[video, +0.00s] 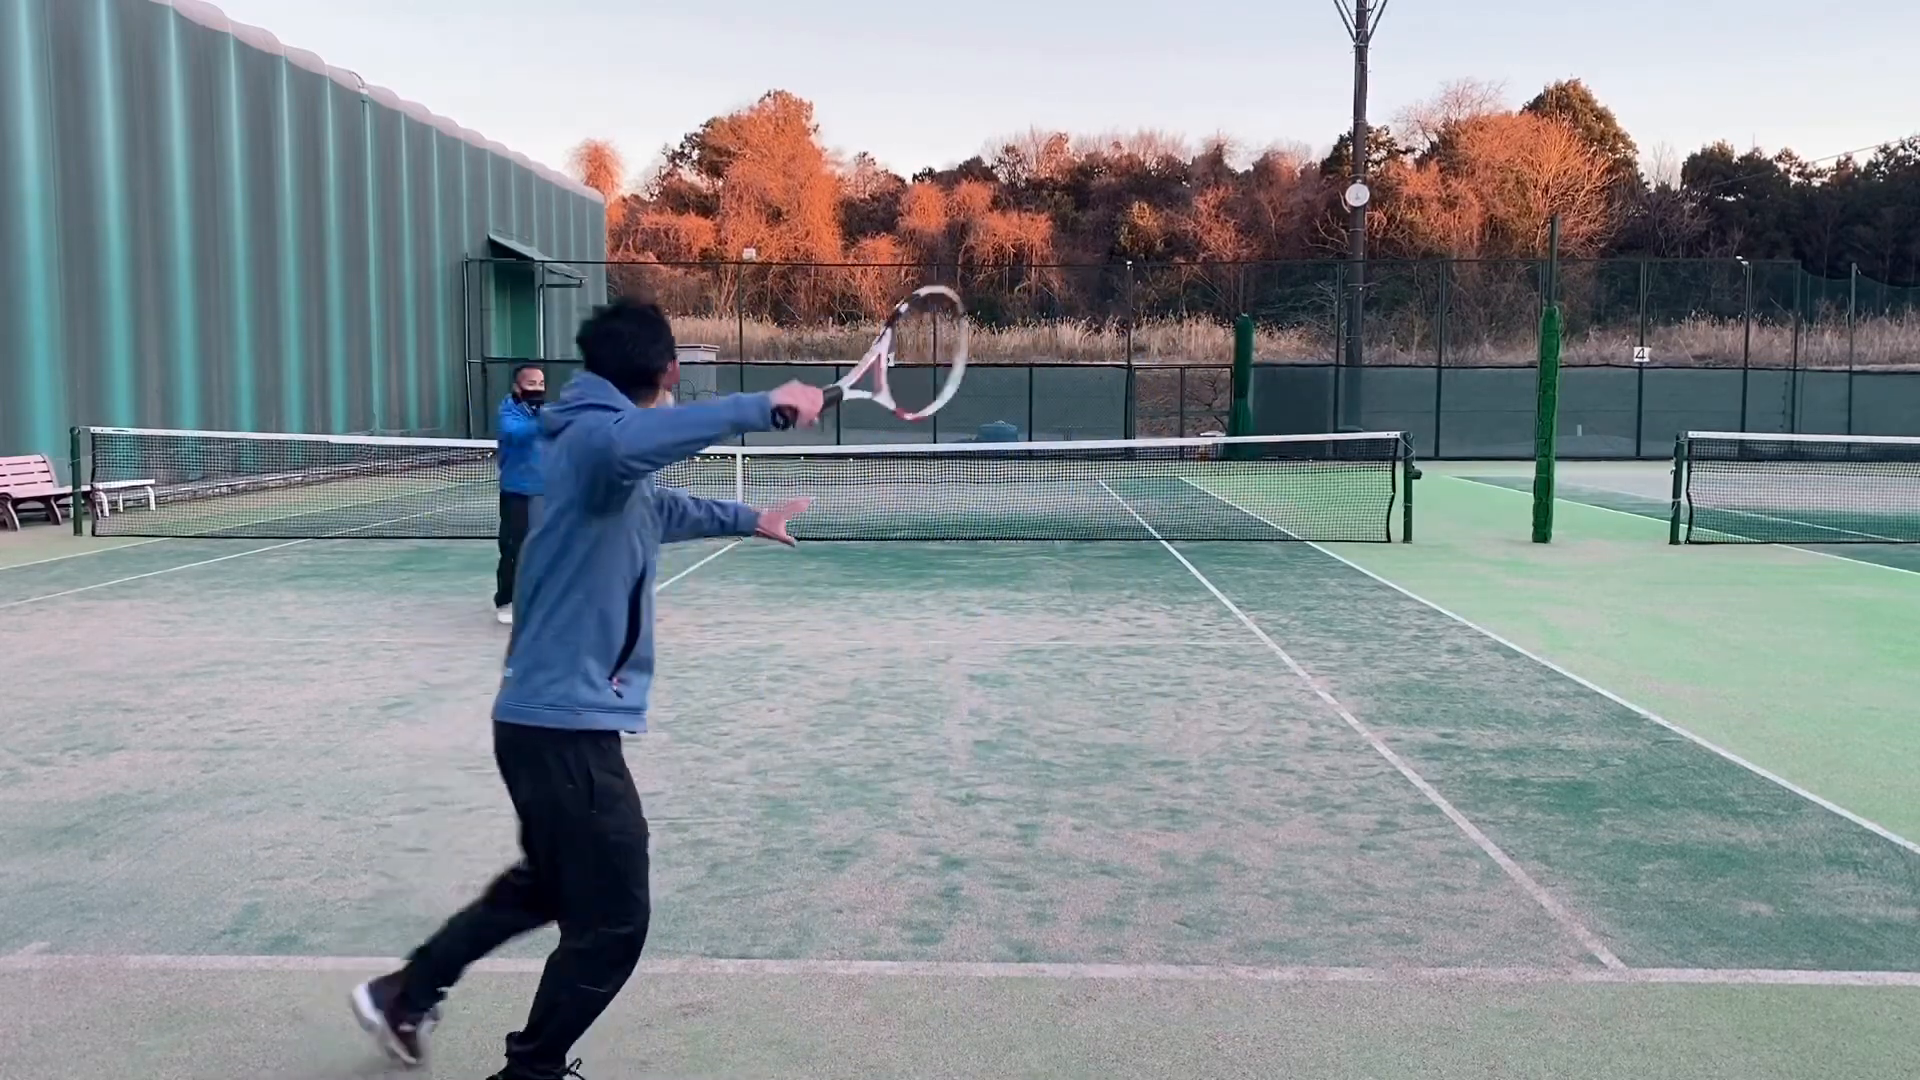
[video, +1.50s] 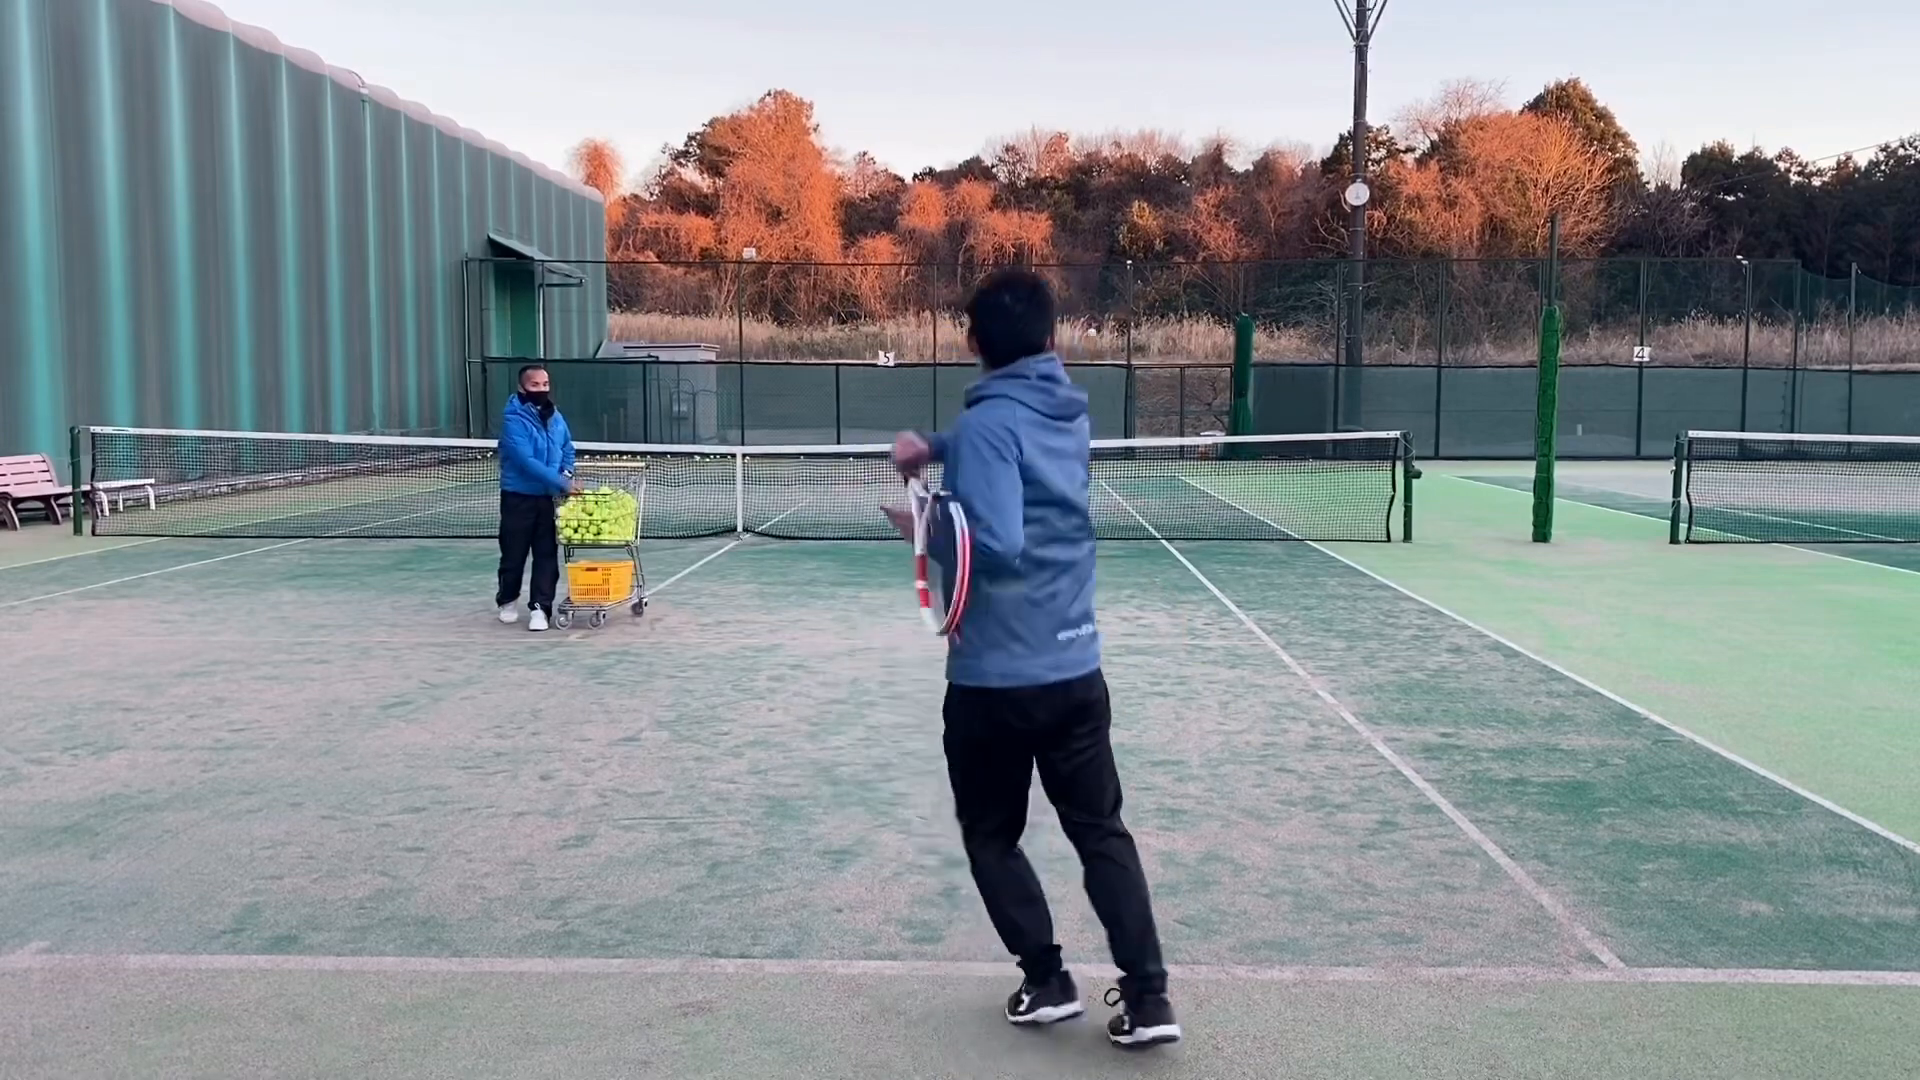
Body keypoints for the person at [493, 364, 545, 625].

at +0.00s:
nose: (536, 388)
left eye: (540, 383)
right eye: (530, 383)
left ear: (545, 385)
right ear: (517, 386)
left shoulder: (549, 411)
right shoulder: (509, 409)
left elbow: (560, 430)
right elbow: (512, 431)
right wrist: (544, 422)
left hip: (547, 487)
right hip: (516, 488)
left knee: (544, 546)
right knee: (512, 546)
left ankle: (540, 606)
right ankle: (505, 602)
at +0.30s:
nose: (541, 391)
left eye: (544, 386)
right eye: (535, 386)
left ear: (548, 388)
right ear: (521, 387)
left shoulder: (552, 416)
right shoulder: (510, 418)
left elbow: (565, 446)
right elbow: (522, 458)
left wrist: (565, 468)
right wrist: (558, 486)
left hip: (547, 494)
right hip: (517, 495)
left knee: (545, 556)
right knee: (513, 554)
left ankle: (540, 609)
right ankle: (505, 602)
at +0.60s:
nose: (543, 391)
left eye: (546, 386)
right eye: (537, 386)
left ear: (550, 387)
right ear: (523, 387)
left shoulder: (553, 416)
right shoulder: (513, 418)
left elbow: (566, 448)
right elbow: (527, 458)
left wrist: (566, 469)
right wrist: (561, 489)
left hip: (547, 493)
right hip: (518, 494)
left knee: (546, 556)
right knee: (514, 554)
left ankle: (540, 609)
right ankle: (505, 602)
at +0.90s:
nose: (544, 391)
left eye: (548, 386)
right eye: (539, 387)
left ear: (552, 387)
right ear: (525, 388)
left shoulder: (553, 417)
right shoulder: (515, 419)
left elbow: (566, 449)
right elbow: (530, 458)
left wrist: (565, 470)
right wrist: (562, 489)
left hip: (546, 493)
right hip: (518, 494)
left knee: (546, 555)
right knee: (513, 554)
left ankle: (540, 609)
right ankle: (505, 602)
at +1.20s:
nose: (545, 390)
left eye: (548, 385)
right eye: (538, 385)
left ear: (551, 387)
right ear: (525, 388)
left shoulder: (553, 416)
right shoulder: (516, 419)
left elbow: (566, 448)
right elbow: (533, 459)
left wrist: (565, 468)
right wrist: (564, 490)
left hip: (548, 493)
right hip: (519, 494)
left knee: (546, 554)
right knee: (514, 554)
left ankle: (540, 609)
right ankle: (506, 602)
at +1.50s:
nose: (542, 388)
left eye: (545, 384)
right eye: (535, 384)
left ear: (549, 385)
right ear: (522, 387)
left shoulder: (555, 416)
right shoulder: (513, 418)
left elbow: (568, 449)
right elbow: (524, 459)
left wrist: (566, 471)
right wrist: (562, 483)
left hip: (547, 494)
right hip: (517, 495)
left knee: (546, 555)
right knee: (514, 554)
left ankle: (541, 609)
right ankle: (508, 601)